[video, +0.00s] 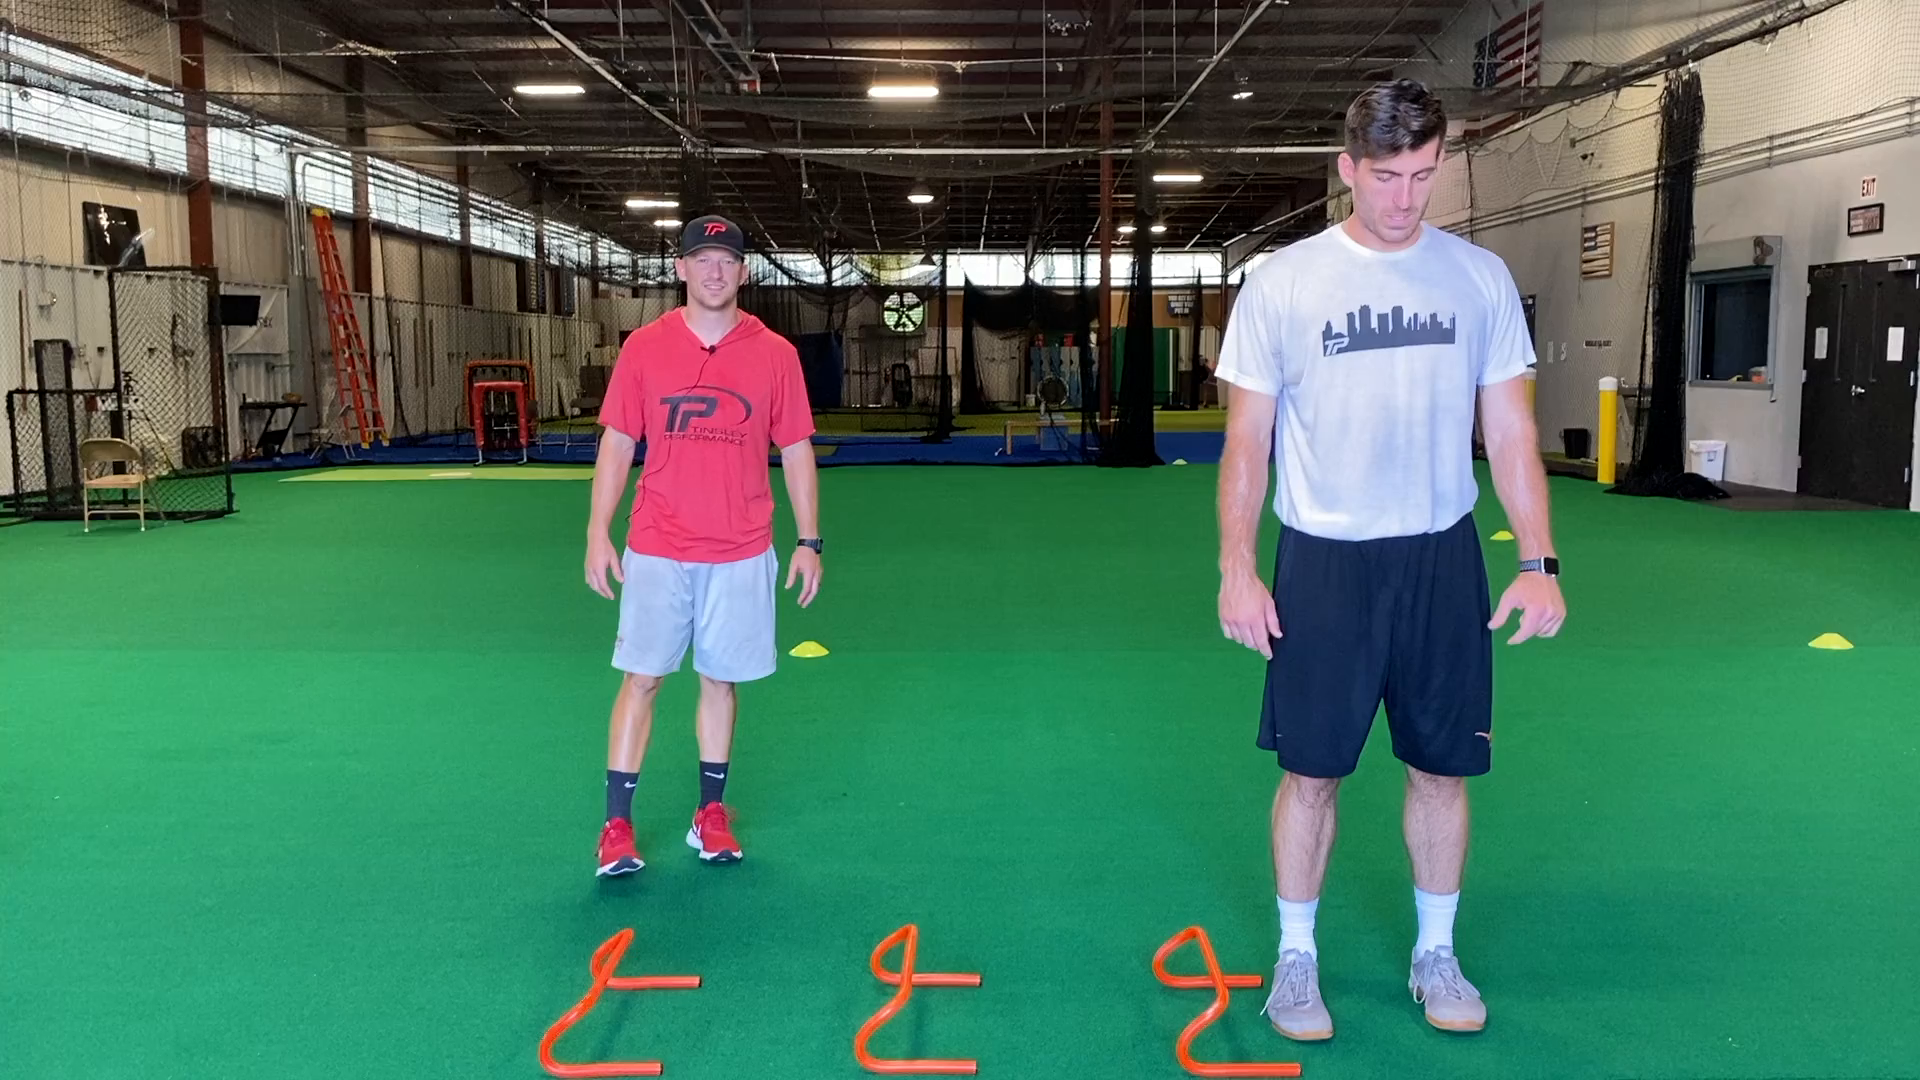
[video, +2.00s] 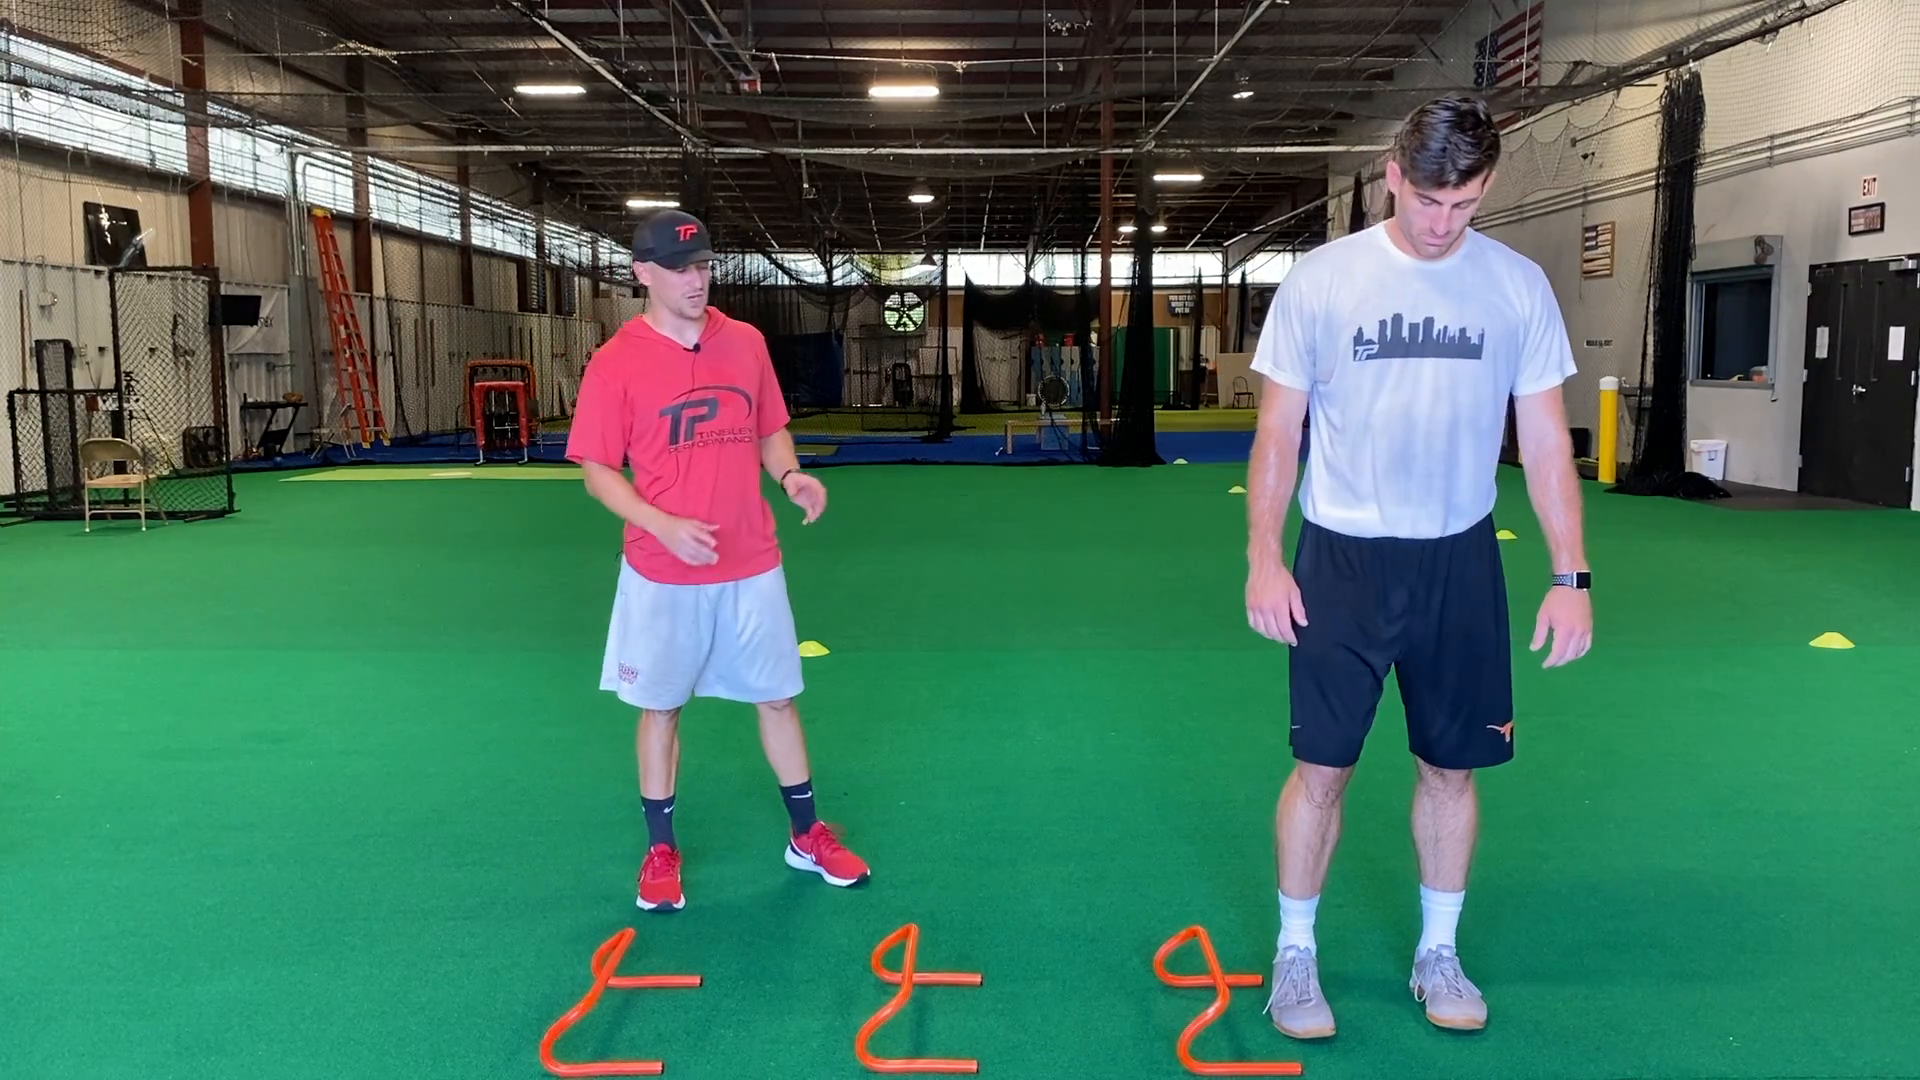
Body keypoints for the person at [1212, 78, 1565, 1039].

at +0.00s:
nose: (1406, 197)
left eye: (1422, 176)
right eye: (1388, 177)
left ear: (1441, 168)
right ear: (1348, 168)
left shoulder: (1480, 278)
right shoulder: (1278, 284)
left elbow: (1512, 436)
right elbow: (1246, 444)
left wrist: (1539, 560)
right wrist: (1237, 570)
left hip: (1442, 562)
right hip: (1324, 564)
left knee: (1442, 765)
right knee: (1312, 773)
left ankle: (1437, 957)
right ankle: (1296, 960)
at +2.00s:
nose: (1448, 223)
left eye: (1467, 205)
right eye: (1431, 202)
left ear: (1489, 189)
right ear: (1391, 176)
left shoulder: (1516, 285)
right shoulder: (1319, 282)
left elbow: (1546, 441)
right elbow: (1278, 434)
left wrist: (1571, 575)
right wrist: (1264, 557)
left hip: (1459, 562)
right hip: (1342, 560)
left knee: (1451, 763)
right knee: (1323, 766)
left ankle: (1439, 956)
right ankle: (1295, 956)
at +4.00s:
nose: (1389, 309)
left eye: (1405, 288)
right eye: (1371, 289)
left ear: (1427, 259)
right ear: (1333, 258)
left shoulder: (1472, 314)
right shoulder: (1260, 338)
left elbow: (1501, 446)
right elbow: (1214, 472)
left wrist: (1503, 581)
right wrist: (1228, 615)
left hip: (1415, 574)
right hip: (1296, 579)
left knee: (1441, 761)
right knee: (1297, 772)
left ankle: (1432, 955)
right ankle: (1298, 961)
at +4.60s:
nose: (1367, 377)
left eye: (1386, 357)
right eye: (1349, 357)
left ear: (1410, 334)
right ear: (1309, 329)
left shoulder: (1451, 409)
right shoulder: (1229, 380)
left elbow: (1487, 514)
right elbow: (1177, 440)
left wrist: (1461, 647)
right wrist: (1180, 571)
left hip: (1369, 578)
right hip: (1248, 573)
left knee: (1410, 772)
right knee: (1259, 756)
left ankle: (1421, 957)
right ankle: (1275, 871)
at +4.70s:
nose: (1316, 376)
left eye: (1336, 356)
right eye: (1298, 355)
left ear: (1363, 335)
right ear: (1262, 331)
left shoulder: (1408, 421)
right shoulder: (1197, 388)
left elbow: (1440, 527)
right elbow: (1138, 424)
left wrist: (1387, 628)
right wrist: (1126, 539)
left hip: (1341, 590)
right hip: (1216, 579)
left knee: (1400, 789)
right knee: (1199, 739)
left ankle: (1422, 961)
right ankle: (1190, 814)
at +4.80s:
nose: (1237, 342)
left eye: (1254, 322)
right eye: (1220, 322)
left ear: (1280, 298)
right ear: (1181, 302)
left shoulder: (1334, 371)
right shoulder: (1121, 364)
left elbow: (1390, 441)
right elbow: (1078, 403)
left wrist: (1331, 516)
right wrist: (1082, 521)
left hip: (1293, 582)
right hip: (1163, 572)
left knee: (1360, 764)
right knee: (1116, 735)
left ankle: (1423, 947)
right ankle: (1091, 877)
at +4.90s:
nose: (1149, 313)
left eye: (1165, 293)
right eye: (1130, 295)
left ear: (1193, 275)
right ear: (1099, 279)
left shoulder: (1250, 333)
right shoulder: (1039, 354)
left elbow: (1320, 349)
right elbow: (1010, 423)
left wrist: (1293, 478)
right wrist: (1038, 539)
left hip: (1230, 569)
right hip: (1103, 581)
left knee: (1315, 750)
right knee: (1081, 773)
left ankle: (1343, 857)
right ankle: (1053, 942)